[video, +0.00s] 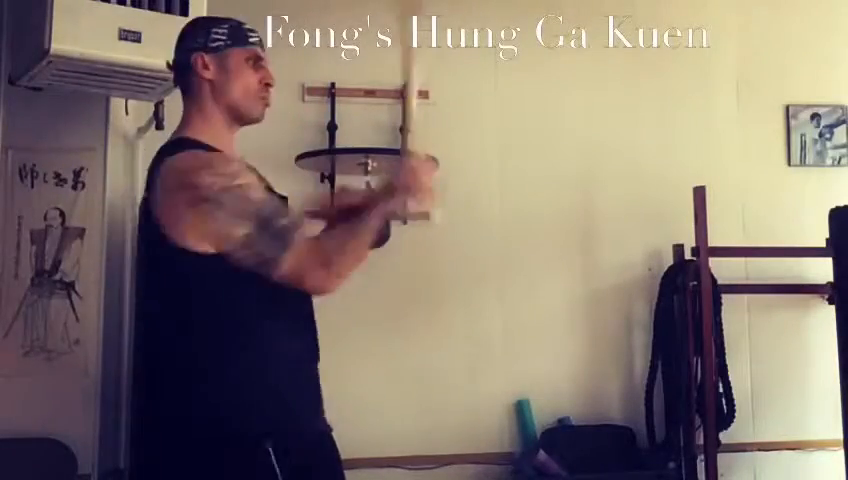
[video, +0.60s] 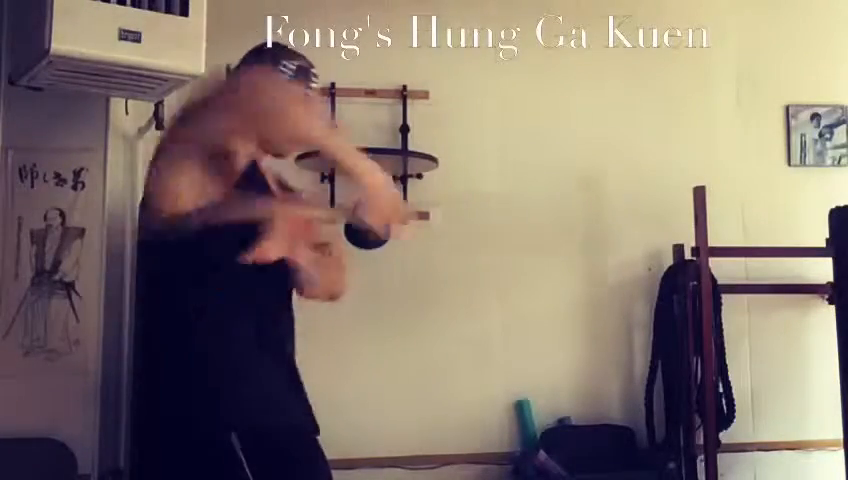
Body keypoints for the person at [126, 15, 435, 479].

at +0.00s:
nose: (270, 77)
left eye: (264, 64)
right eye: (253, 61)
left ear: (208, 68)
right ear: (205, 67)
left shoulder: (209, 166)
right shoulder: (200, 174)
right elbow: (319, 269)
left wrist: (322, 218)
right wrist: (388, 203)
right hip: (247, 440)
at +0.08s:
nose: (269, 85)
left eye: (266, 70)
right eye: (255, 68)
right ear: (207, 71)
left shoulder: (261, 174)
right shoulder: (171, 177)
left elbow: (338, 276)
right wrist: (342, 217)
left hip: (289, 428)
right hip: (206, 435)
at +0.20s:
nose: (283, 92)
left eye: (282, 78)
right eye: (271, 75)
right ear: (223, 75)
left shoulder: (291, 184)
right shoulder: (163, 179)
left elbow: (340, 280)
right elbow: (131, 308)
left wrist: (282, 277)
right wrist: (248, 317)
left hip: (287, 433)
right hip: (191, 439)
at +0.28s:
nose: (304, 100)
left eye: (303, 87)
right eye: (295, 83)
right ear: (248, 77)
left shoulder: (307, 190)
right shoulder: (164, 173)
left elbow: (334, 291)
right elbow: (45, 255)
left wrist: (254, 291)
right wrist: (110, 314)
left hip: (283, 430)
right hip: (183, 436)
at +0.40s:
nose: (316, 108)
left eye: (317, 95)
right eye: (307, 91)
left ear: (268, 84)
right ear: (263, 81)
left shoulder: (312, 192)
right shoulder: (176, 156)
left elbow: (331, 286)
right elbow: (31, 193)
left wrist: (237, 286)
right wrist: (107, 193)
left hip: (273, 413)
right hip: (179, 411)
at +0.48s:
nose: (314, 117)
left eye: (317, 104)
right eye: (310, 99)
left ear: (267, 88)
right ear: (266, 88)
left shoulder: (299, 178)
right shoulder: (187, 158)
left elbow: (334, 274)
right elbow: (146, 116)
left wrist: (262, 256)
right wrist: (266, 150)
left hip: (271, 392)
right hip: (188, 391)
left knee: (305, 470)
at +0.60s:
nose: (310, 110)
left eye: (311, 97)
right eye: (299, 92)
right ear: (253, 84)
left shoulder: (270, 190)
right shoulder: (186, 166)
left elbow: (330, 283)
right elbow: (263, 94)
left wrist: (297, 244)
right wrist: (369, 176)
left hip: (272, 408)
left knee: (305, 471)